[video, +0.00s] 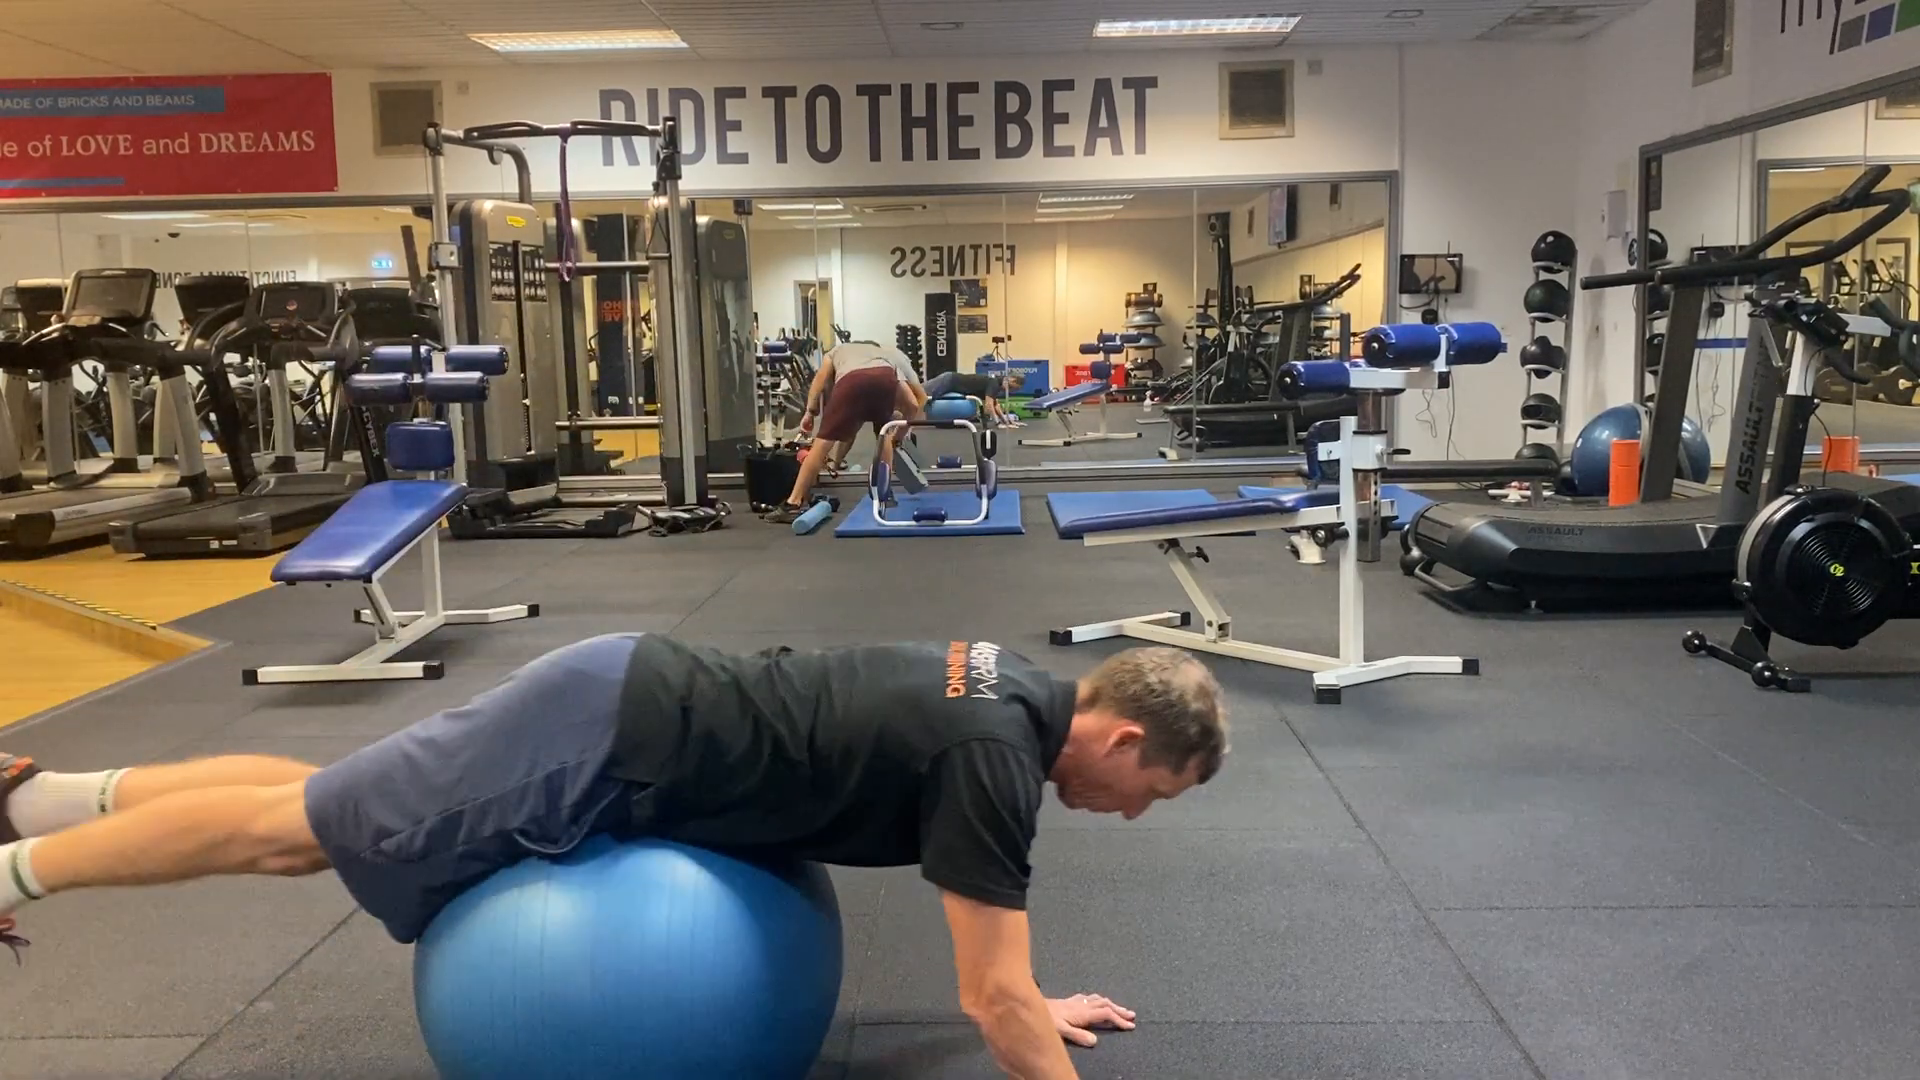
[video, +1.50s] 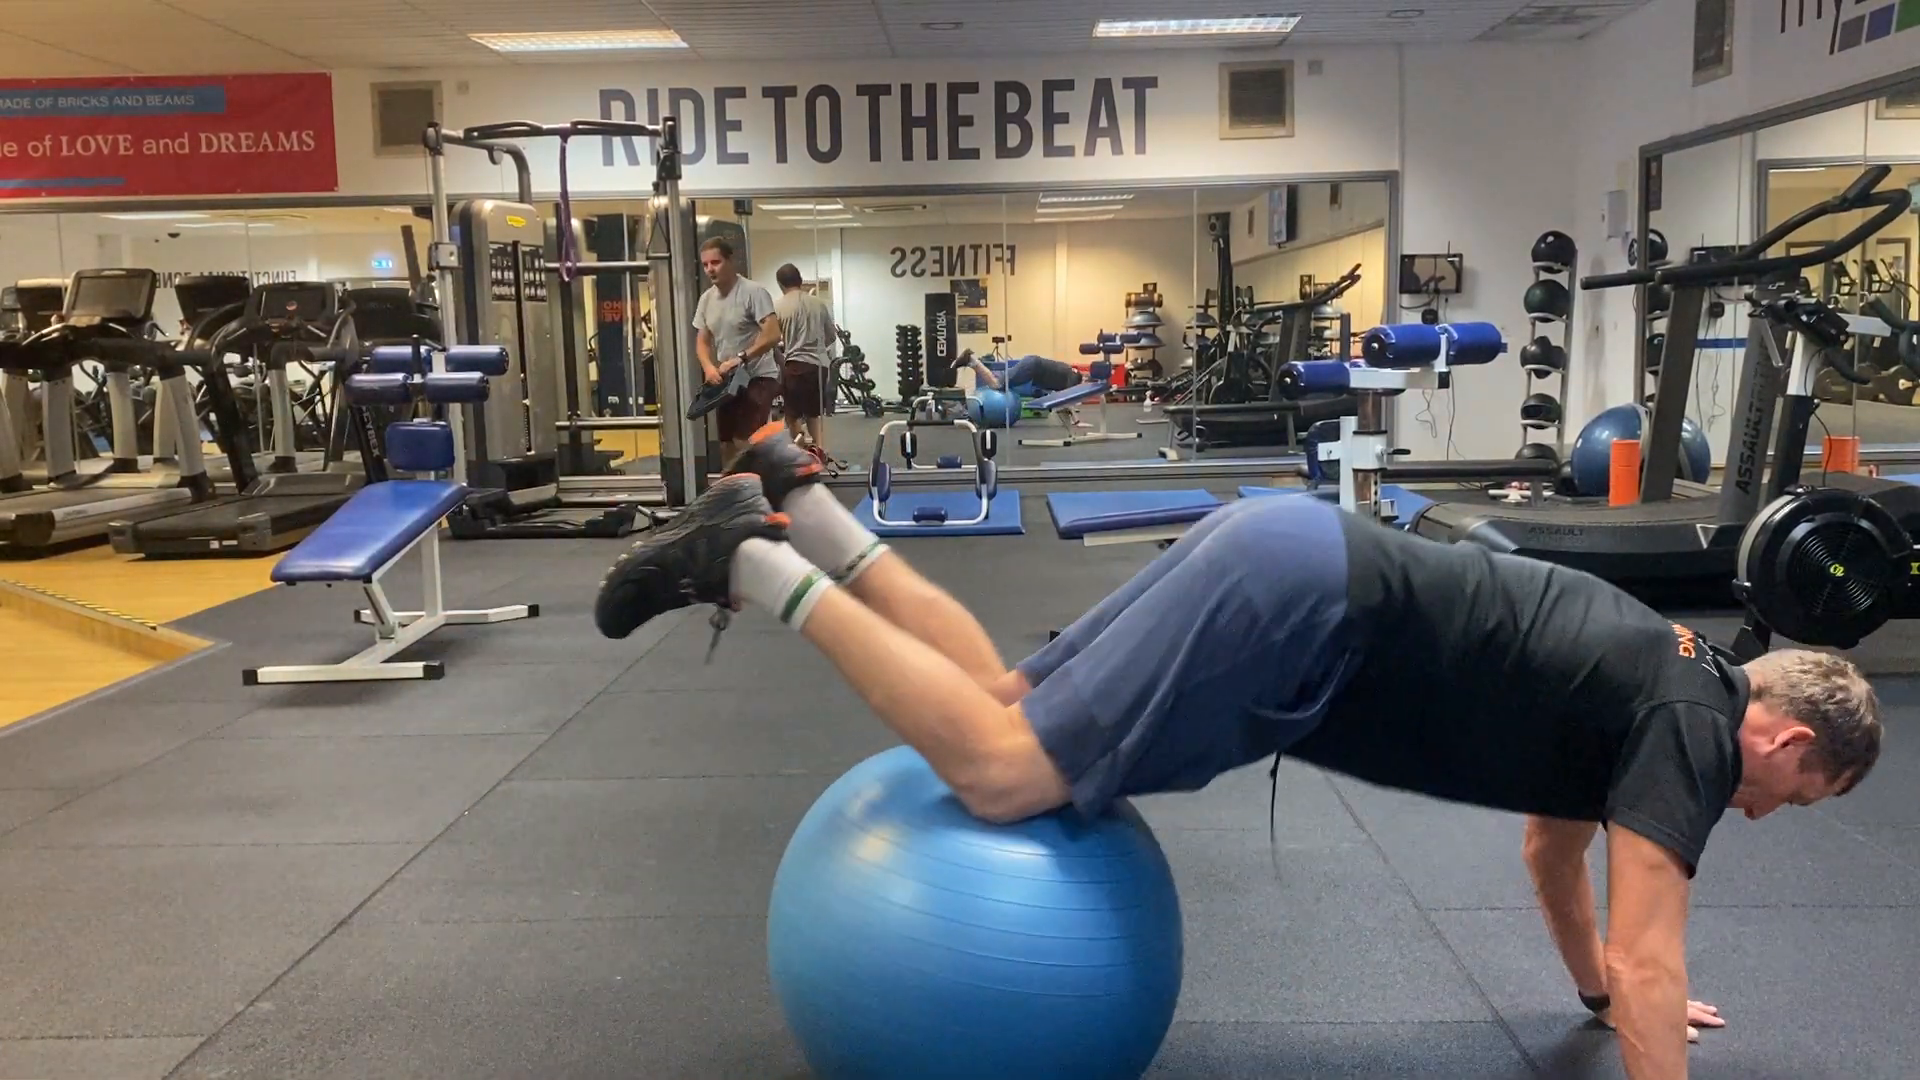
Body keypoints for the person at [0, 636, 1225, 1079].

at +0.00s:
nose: (1147, 806)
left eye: (1162, 789)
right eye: (1156, 788)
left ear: (1108, 705)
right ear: (1116, 740)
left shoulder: (1012, 694)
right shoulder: (991, 767)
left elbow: (983, 904)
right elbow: (996, 997)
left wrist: (1037, 1005)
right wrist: (1063, 1066)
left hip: (640, 678)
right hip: (621, 722)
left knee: (319, 793)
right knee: (305, 829)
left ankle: (52, 792)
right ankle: (29, 860)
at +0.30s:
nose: (1296, 784)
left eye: (1309, 764)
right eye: (1305, 761)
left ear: (1262, 707)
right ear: (1263, 724)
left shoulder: (1169, 704)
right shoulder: (1123, 735)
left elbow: (1226, 878)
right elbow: (1061, 963)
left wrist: (1337, 1002)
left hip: (765, 702)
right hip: (745, 710)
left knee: (445, 778)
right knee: (431, 798)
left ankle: (157, 786)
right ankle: (98, 879)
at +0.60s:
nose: (1452, 720)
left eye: (1463, 700)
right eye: (1460, 698)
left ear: (1396, 640)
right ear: (1411, 666)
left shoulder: (1290, 664)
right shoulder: (1289, 712)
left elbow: (1288, 863)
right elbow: (1163, 904)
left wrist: (1345, 1011)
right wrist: (1193, 1077)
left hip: (909, 664)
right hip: (914, 726)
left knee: (607, 740)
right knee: (582, 820)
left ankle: (306, 776)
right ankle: (251, 911)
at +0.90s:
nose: (1596, 740)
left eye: (1603, 719)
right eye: (1602, 718)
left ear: (1519, 653)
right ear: (1555, 688)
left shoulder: (1387, 660)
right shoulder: (1459, 747)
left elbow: (1306, 853)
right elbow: (1566, 983)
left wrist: (1343, 1010)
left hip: (1040, 679)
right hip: (1036, 746)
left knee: (734, 715)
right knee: (705, 781)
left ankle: (451, 715)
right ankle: (391, 801)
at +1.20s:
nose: (1752, 744)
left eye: (1760, 721)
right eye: (1763, 723)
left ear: (1684, 651)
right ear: (1723, 697)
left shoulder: (1558, 674)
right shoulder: (1605, 738)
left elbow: (1502, 864)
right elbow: (1622, 981)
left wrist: (1595, 978)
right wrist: (1650, 1064)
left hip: (1199, 726)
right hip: (1193, 748)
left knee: (876, 754)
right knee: (868, 766)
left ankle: (559, 656)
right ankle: (548, 656)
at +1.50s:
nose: (1782, 803)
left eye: (1803, 794)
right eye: (1799, 781)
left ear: (1756, 676)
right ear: (1778, 726)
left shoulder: (1633, 667)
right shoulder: (1686, 721)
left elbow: (1557, 851)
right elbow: (1645, 984)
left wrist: (1604, 982)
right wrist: (1663, 1062)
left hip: (1291, 548)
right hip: (1302, 589)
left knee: (1014, 702)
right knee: (1006, 772)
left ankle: (797, 491)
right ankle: (757, 563)